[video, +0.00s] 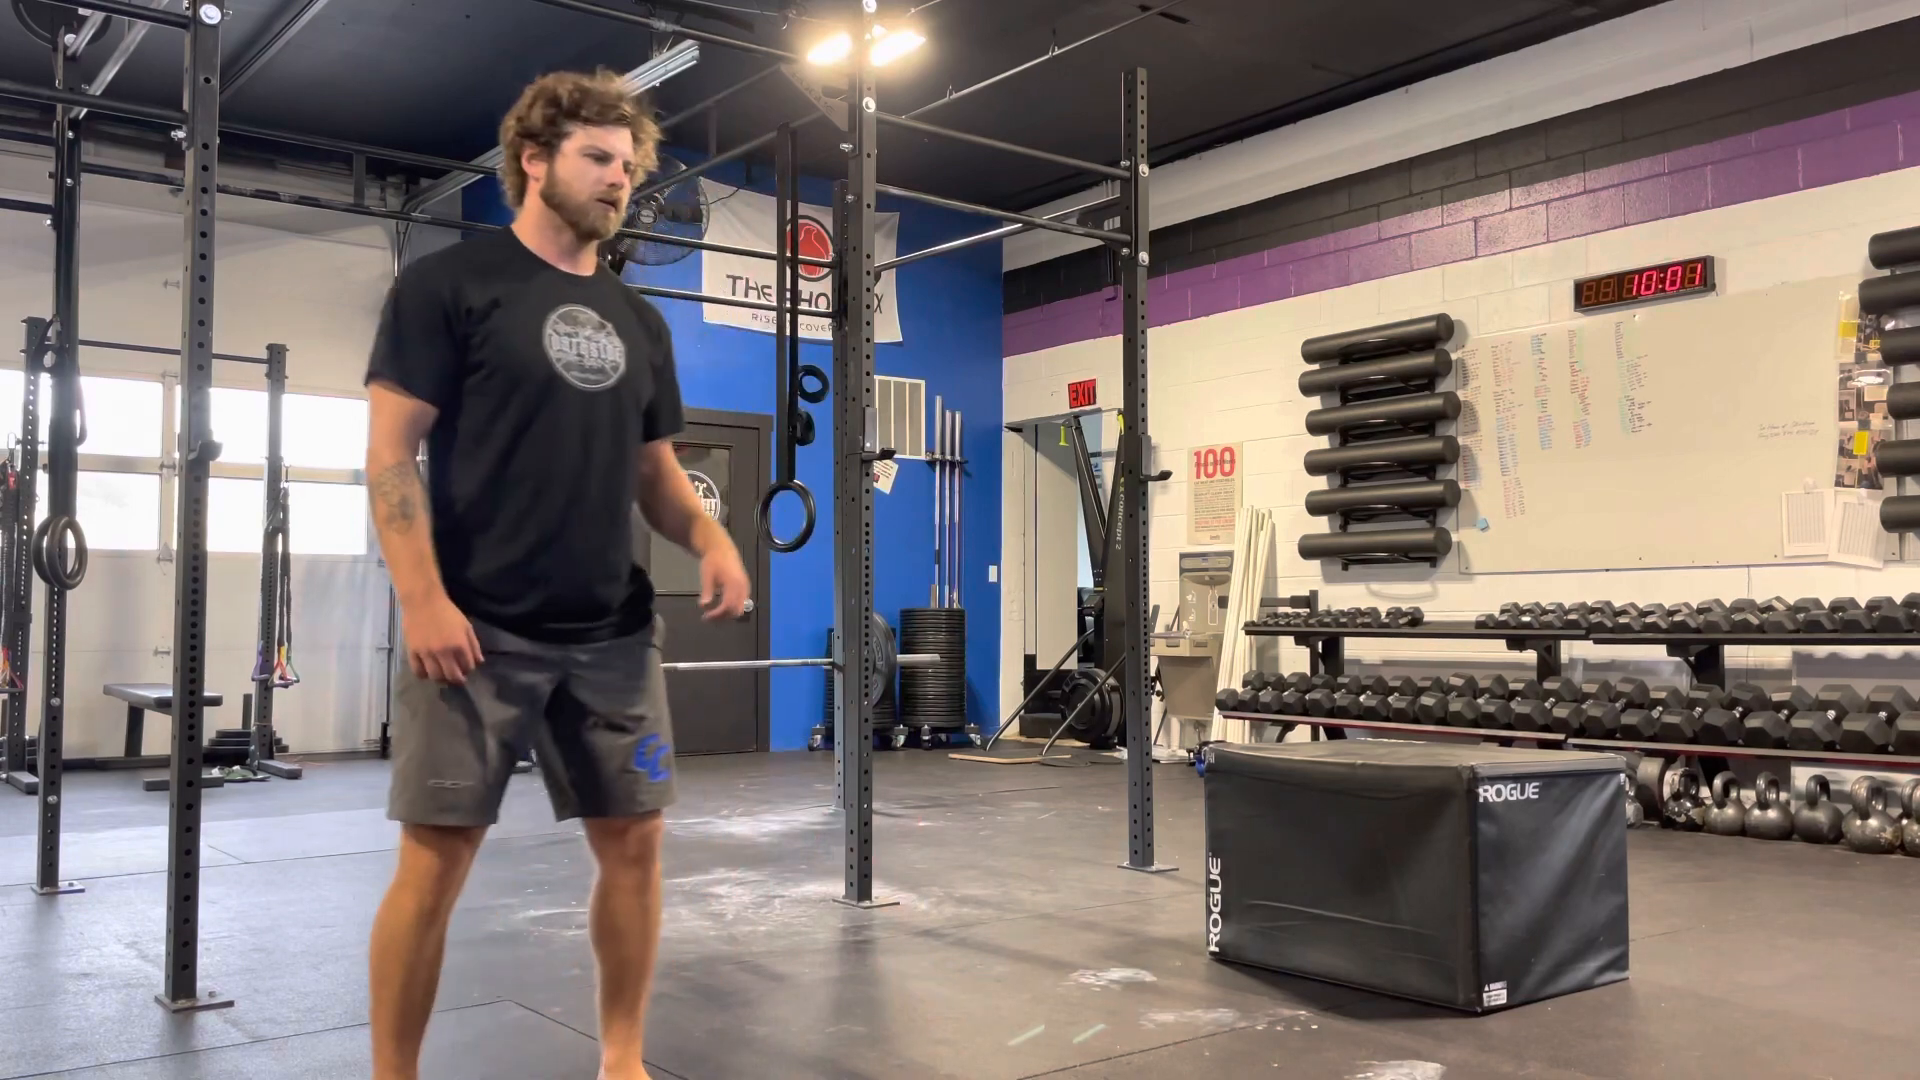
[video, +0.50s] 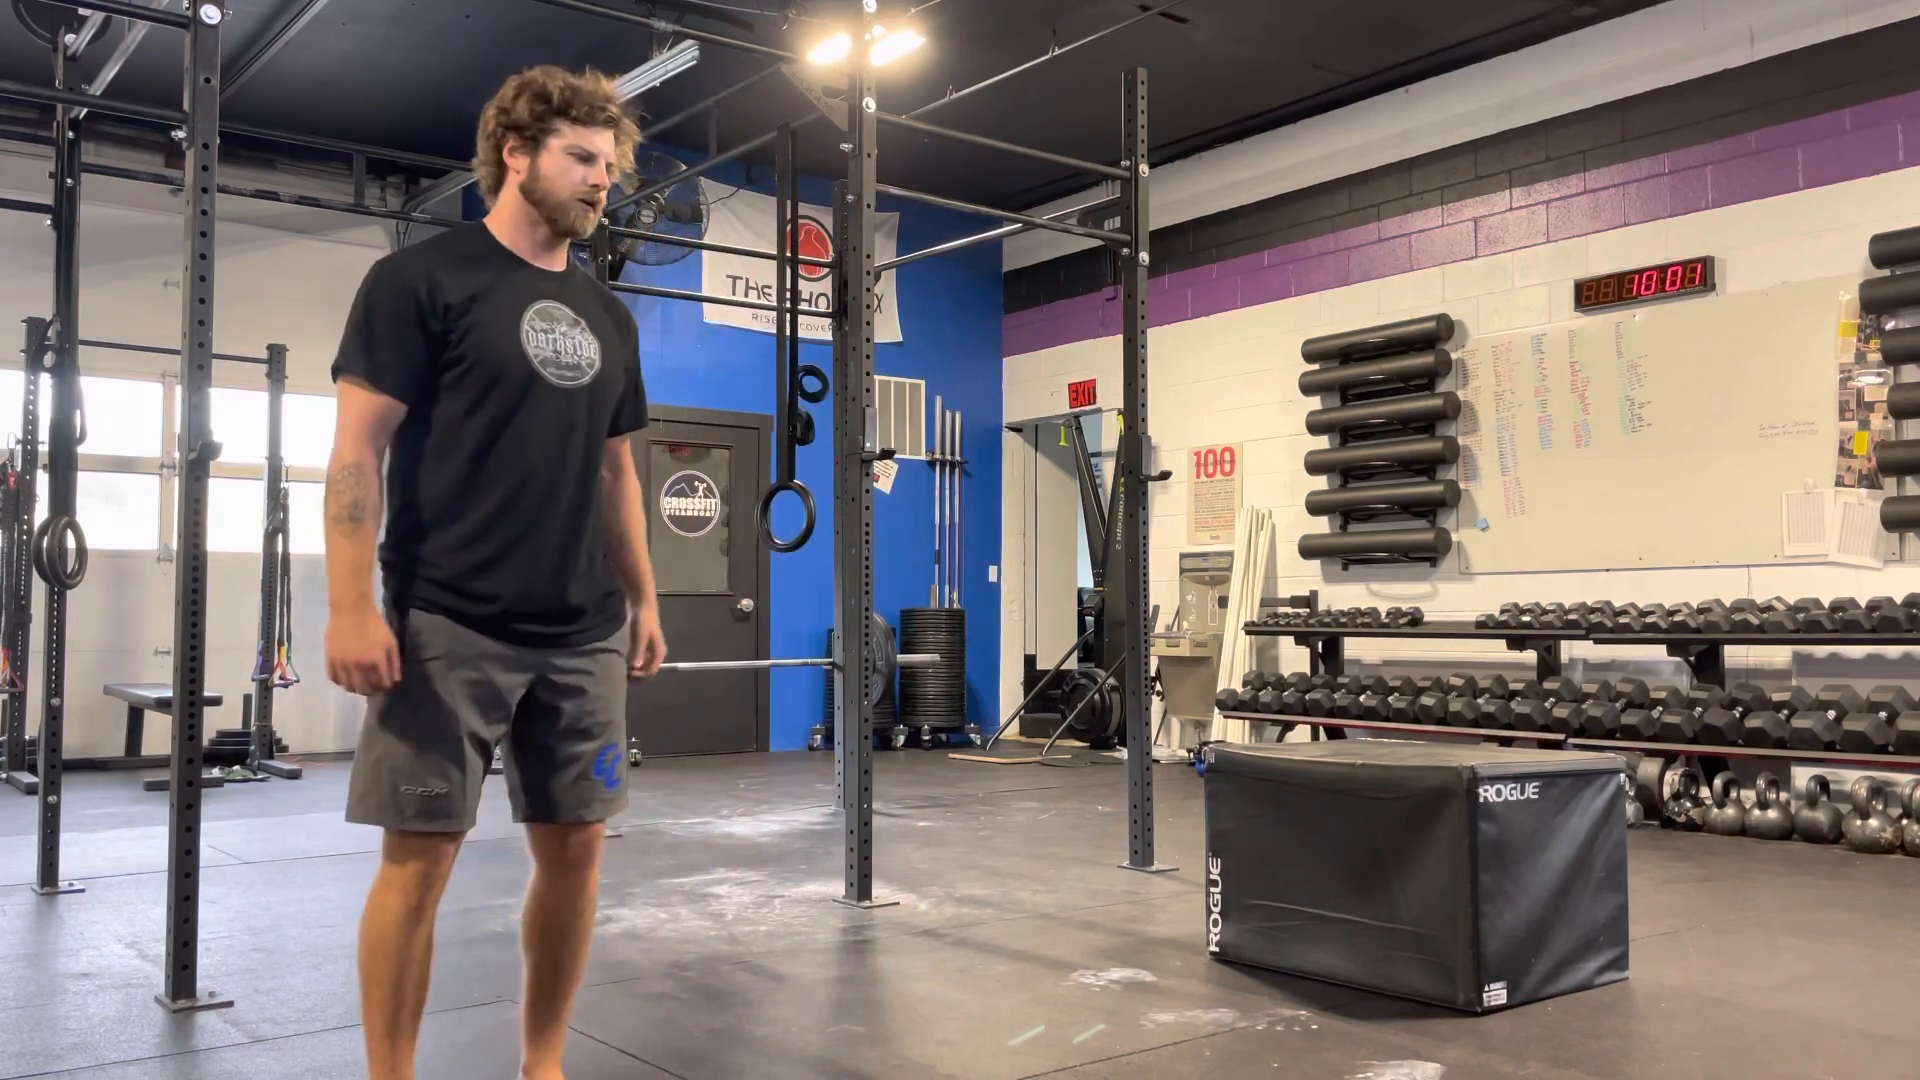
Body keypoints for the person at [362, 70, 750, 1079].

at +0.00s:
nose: (620, 179)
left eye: (630, 166)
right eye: (599, 158)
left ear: (637, 182)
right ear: (535, 162)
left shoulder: (635, 317)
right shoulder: (447, 281)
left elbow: (655, 467)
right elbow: (390, 453)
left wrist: (708, 533)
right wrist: (422, 600)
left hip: (611, 631)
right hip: (476, 627)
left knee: (634, 840)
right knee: (434, 861)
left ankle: (624, 1060)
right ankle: (393, 1072)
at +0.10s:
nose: (600, 177)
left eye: (610, 163)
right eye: (580, 155)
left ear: (612, 179)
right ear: (513, 158)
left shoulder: (612, 312)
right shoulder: (422, 278)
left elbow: (630, 465)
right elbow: (360, 451)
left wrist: (675, 569)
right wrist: (395, 595)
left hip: (588, 628)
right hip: (453, 627)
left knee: (615, 837)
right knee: (421, 861)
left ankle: (610, 1058)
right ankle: (389, 1071)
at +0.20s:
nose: (592, 173)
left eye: (601, 159)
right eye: (572, 150)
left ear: (603, 175)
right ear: (504, 151)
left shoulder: (600, 306)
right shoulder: (408, 275)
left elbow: (612, 463)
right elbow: (342, 450)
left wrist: (639, 594)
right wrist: (365, 600)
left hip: (578, 623)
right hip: (443, 622)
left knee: (595, 829)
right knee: (416, 855)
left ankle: (560, 1057)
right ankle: (388, 1071)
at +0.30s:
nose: (591, 174)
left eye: (598, 159)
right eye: (570, 152)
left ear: (599, 172)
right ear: (502, 152)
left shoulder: (594, 306)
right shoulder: (405, 277)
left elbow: (604, 464)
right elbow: (338, 453)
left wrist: (623, 604)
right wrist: (339, 607)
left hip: (570, 625)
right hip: (437, 619)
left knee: (577, 843)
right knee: (411, 856)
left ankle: (545, 1061)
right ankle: (388, 1071)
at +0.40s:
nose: (593, 176)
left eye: (602, 162)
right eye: (573, 153)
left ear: (601, 177)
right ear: (506, 153)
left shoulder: (597, 308)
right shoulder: (409, 275)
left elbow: (608, 464)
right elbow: (347, 453)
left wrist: (626, 600)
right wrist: (332, 607)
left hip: (570, 624)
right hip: (439, 619)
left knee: (572, 845)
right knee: (417, 852)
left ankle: (543, 1063)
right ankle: (389, 1071)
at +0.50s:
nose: (604, 179)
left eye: (612, 164)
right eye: (585, 157)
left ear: (614, 176)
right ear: (517, 156)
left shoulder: (605, 312)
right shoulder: (419, 275)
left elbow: (617, 464)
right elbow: (355, 449)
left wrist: (642, 594)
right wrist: (353, 606)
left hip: (579, 627)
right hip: (448, 620)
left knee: (573, 847)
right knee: (418, 856)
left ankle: (543, 1063)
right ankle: (389, 1071)